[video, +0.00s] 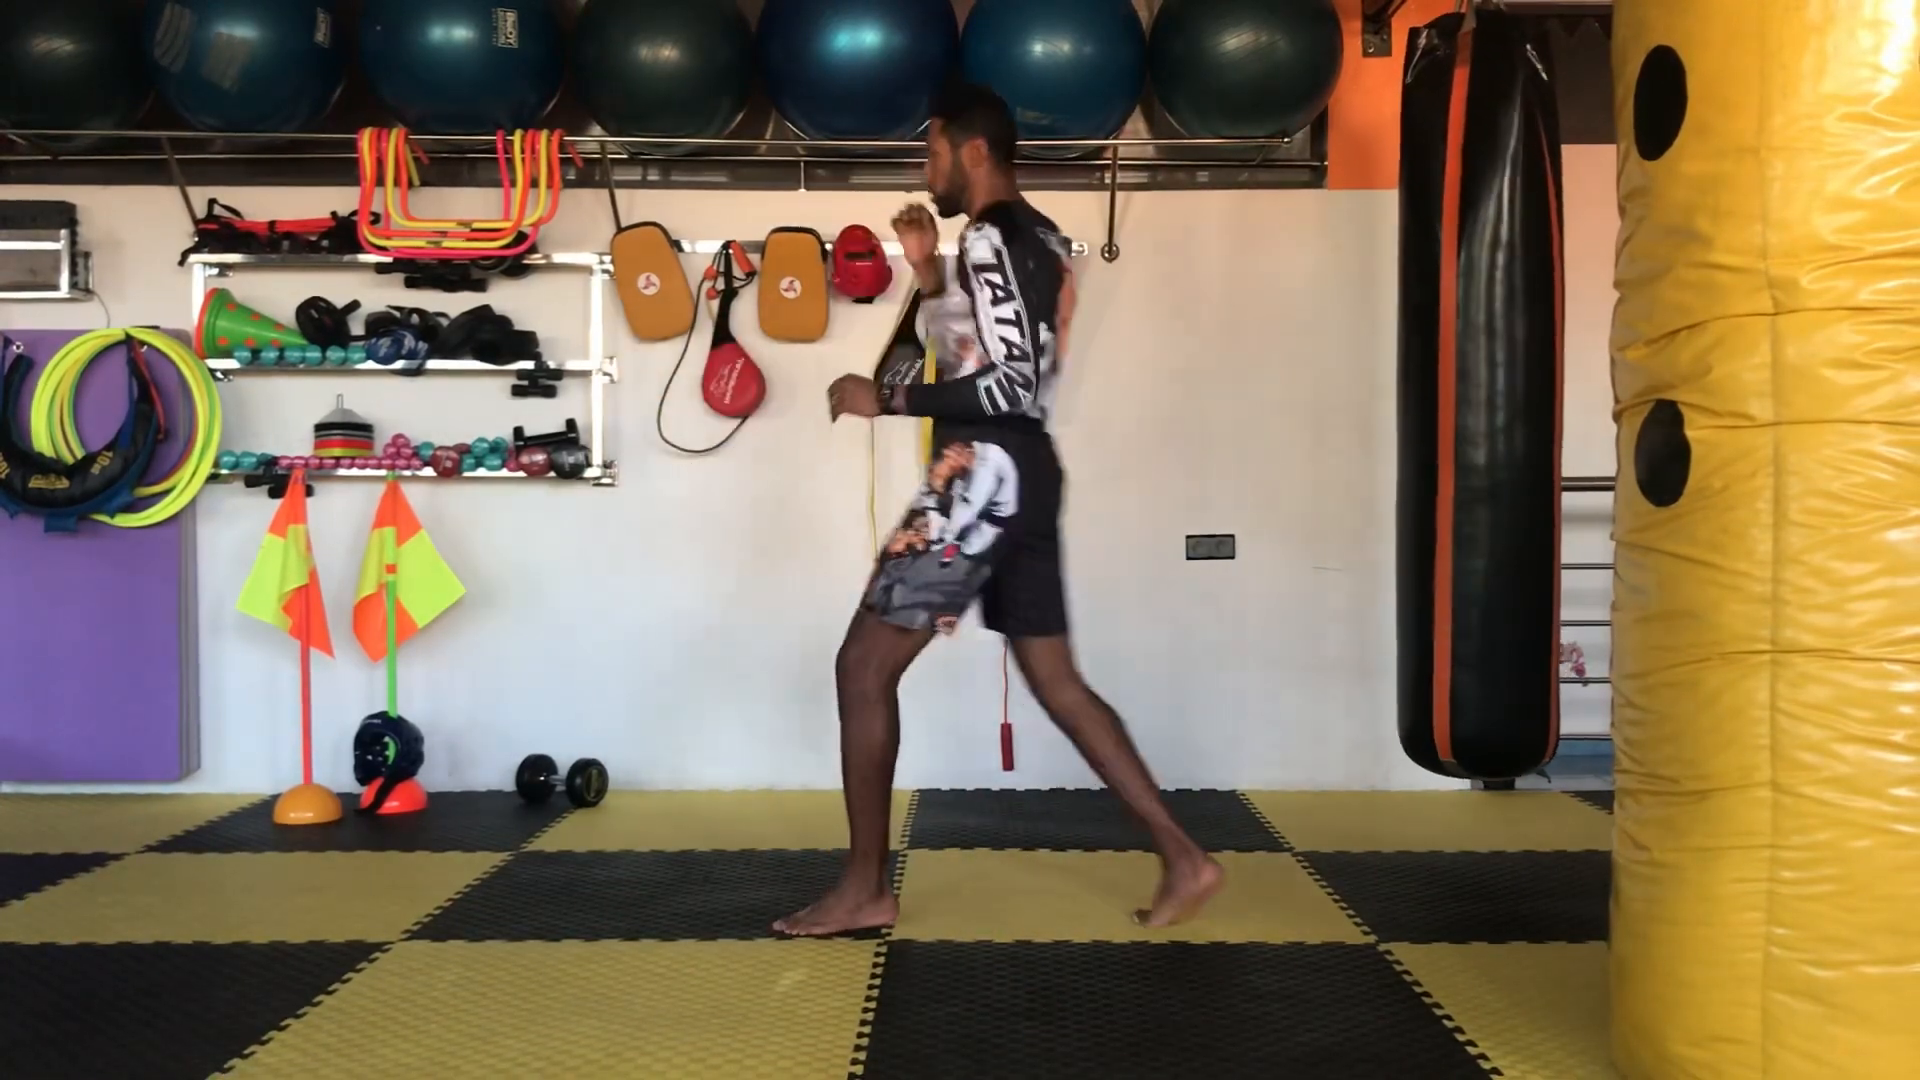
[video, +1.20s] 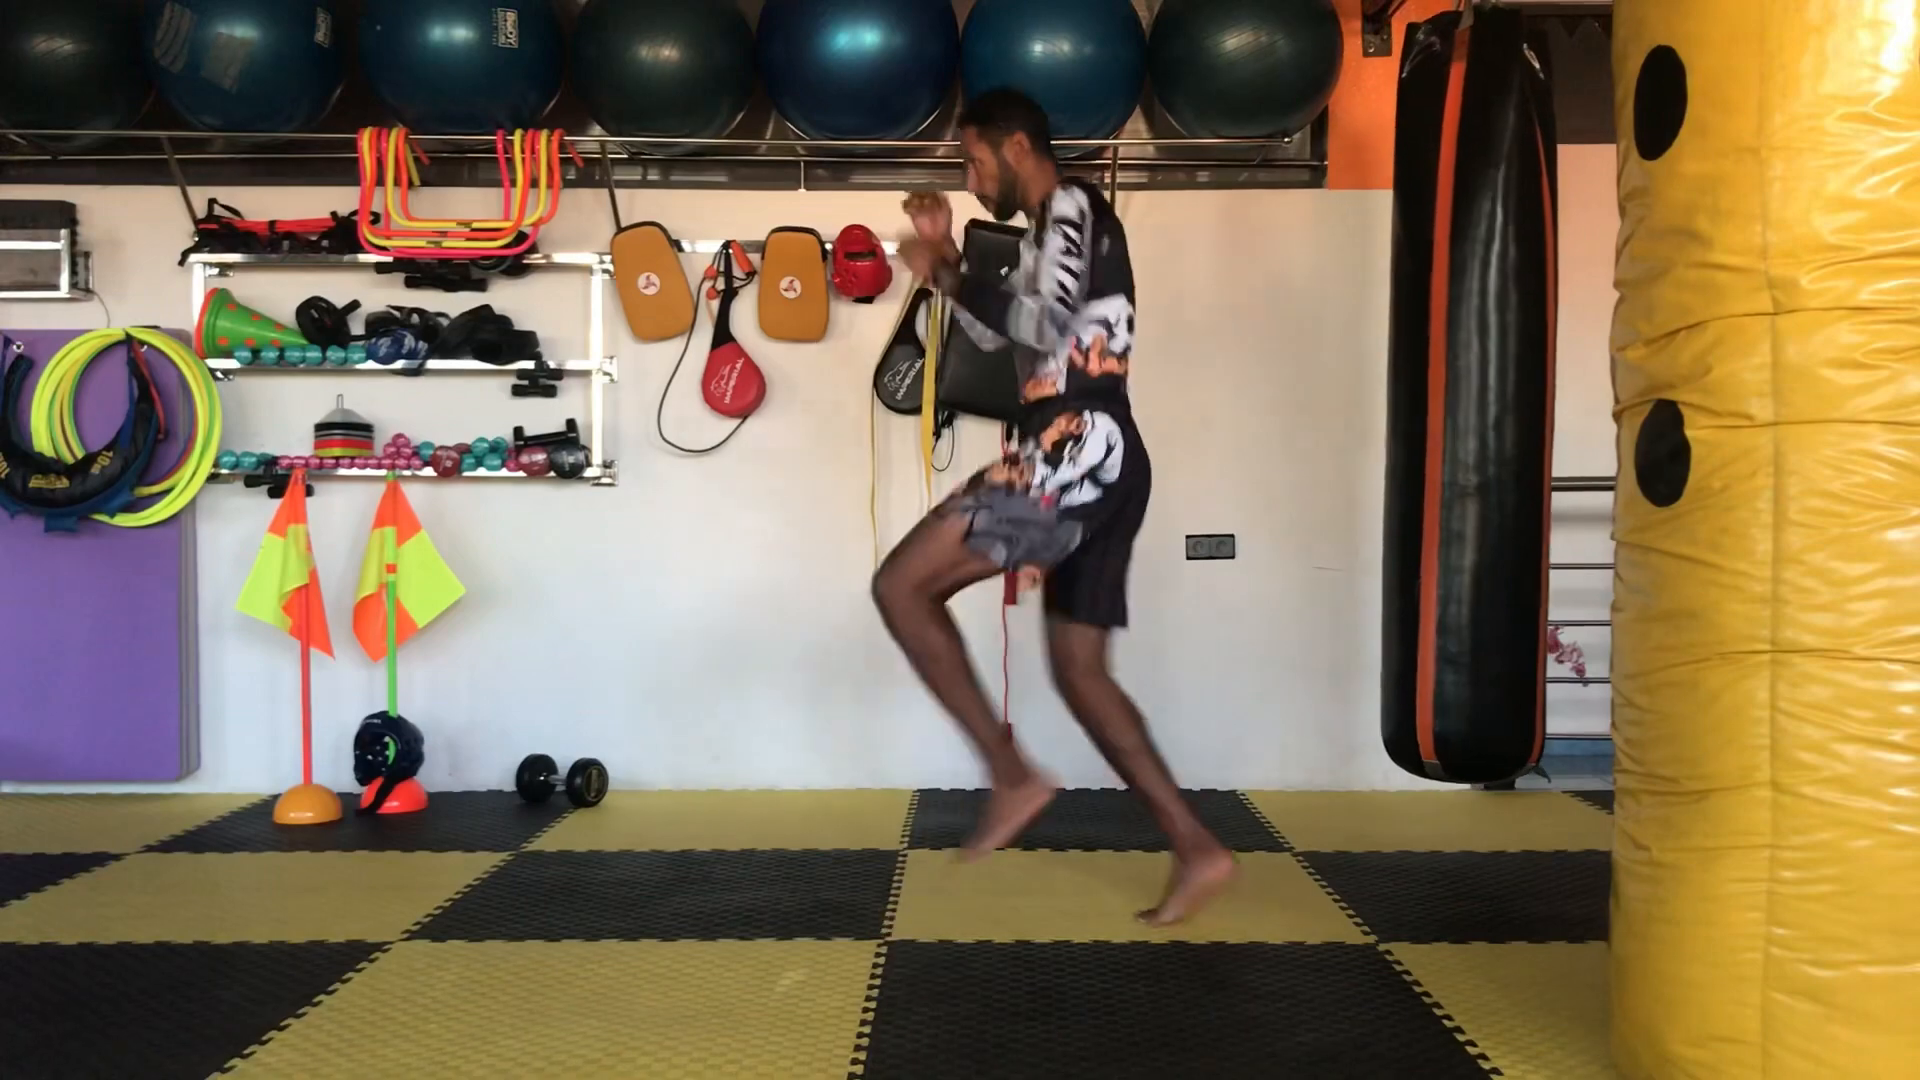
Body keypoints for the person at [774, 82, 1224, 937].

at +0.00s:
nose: (926, 169)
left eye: (932, 152)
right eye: (926, 154)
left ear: (973, 151)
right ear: (993, 154)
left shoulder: (987, 243)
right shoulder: (1032, 236)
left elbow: (1010, 385)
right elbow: (959, 359)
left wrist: (887, 398)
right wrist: (927, 277)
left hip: (983, 468)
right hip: (1022, 467)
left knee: (863, 667)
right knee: (1057, 682)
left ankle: (863, 889)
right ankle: (1184, 860)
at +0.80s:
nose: (958, 182)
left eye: (958, 167)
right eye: (954, 168)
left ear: (996, 152)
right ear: (1022, 149)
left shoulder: (1001, 217)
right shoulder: (1091, 225)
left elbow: (933, 337)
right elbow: (1038, 331)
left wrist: (885, 268)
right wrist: (973, 249)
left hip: (1026, 459)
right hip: (1091, 456)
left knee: (954, 680)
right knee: (1080, 667)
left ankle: (958, 906)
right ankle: (1191, 847)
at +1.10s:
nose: (983, 205)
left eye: (987, 188)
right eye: (980, 191)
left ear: (1028, 176)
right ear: (1035, 178)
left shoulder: (1069, 244)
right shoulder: (1075, 244)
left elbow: (1066, 369)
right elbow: (1031, 361)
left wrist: (960, 339)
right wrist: (972, 291)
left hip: (1076, 480)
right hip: (1113, 481)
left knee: (908, 631)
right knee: (1104, 696)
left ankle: (948, 854)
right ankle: (1218, 879)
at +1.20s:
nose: (972, 176)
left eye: (974, 157)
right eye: (968, 161)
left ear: (1015, 145)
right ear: (1021, 146)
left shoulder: (1068, 206)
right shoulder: (1067, 219)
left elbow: (1047, 325)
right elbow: (1015, 342)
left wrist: (953, 275)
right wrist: (946, 279)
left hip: (1072, 454)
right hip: (1107, 459)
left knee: (900, 587)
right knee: (1079, 667)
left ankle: (1012, 776)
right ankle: (1197, 848)